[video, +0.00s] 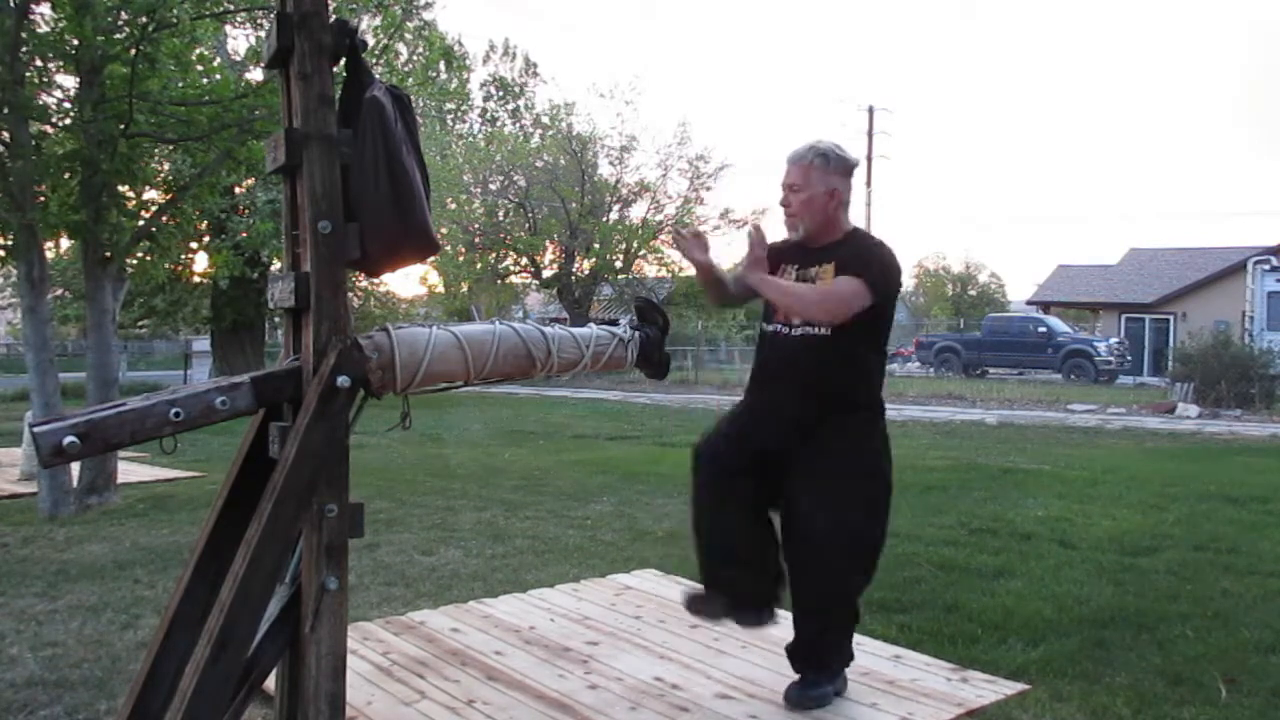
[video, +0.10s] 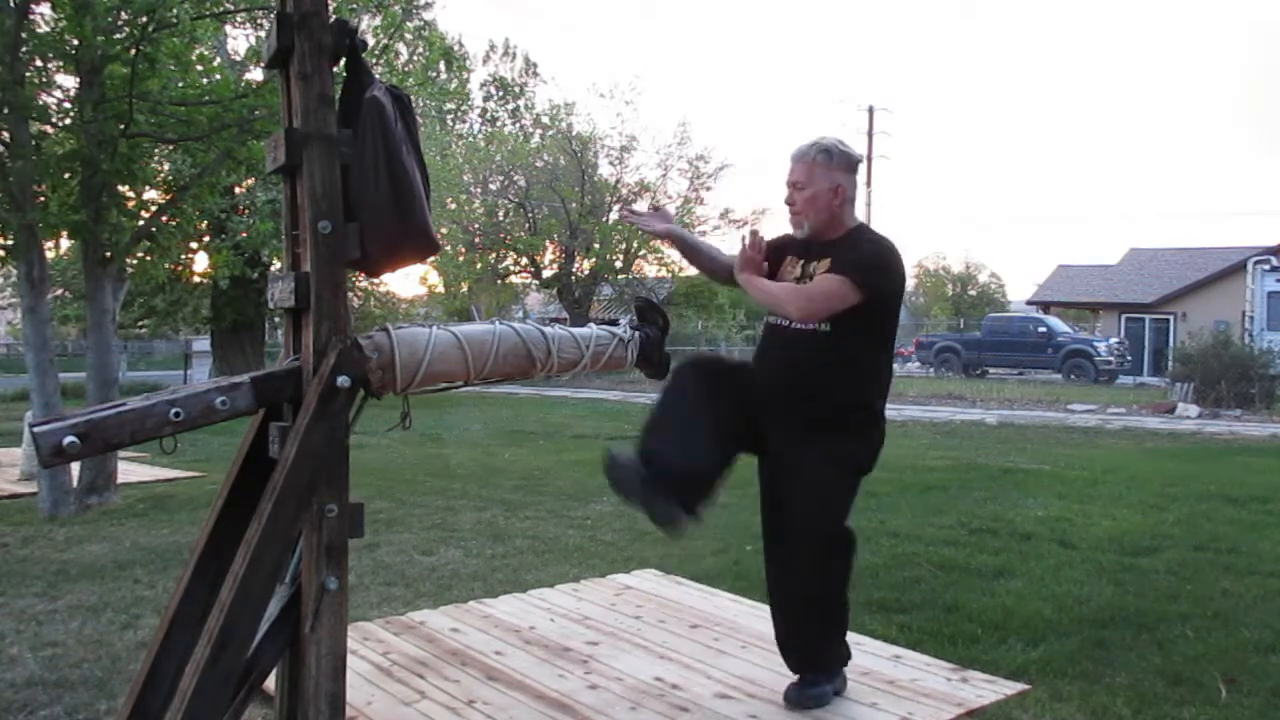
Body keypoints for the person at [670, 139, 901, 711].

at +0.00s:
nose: (786, 202)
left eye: (797, 192)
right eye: (784, 192)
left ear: (836, 196)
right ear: (786, 194)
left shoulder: (872, 258)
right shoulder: (781, 255)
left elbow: (825, 307)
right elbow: (728, 295)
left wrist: (760, 278)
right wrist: (706, 267)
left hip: (840, 431)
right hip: (769, 418)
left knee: (827, 547)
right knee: (717, 463)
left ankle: (823, 667)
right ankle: (745, 593)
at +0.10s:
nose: (789, 199)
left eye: (800, 190)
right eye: (789, 189)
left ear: (840, 194)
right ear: (797, 192)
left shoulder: (873, 257)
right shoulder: (789, 250)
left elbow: (805, 305)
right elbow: (730, 267)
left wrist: (748, 278)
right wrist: (674, 233)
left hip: (829, 425)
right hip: (768, 405)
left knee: (807, 544)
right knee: (702, 379)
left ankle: (822, 667)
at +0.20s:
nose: (791, 199)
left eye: (803, 189)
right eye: (791, 188)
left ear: (842, 191)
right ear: (813, 191)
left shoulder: (873, 255)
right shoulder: (790, 248)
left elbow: (802, 304)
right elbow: (724, 256)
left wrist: (750, 279)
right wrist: (662, 230)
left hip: (824, 421)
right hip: (768, 393)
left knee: (804, 538)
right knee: (702, 348)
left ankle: (823, 664)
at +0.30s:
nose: (796, 201)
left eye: (807, 190)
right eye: (794, 191)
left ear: (847, 192)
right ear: (802, 193)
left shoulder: (875, 255)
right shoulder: (797, 247)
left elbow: (798, 303)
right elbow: (727, 248)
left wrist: (751, 276)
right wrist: (654, 231)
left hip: (821, 421)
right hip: (763, 385)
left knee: (804, 540)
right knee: (670, 358)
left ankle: (822, 666)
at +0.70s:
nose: (800, 199)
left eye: (812, 189)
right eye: (800, 188)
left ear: (852, 192)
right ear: (812, 190)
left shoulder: (879, 254)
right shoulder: (806, 252)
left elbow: (803, 302)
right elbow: (735, 255)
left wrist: (751, 278)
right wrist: (668, 232)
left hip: (829, 425)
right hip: (776, 397)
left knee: (808, 540)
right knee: (699, 362)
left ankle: (823, 666)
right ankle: (582, 404)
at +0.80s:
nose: (800, 198)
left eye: (811, 187)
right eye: (799, 186)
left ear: (851, 189)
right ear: (826, 190)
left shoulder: (879, 253)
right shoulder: (805, 251)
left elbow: (804, 302)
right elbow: (739, 264)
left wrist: (749, 277)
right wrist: (677, 235)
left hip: (829, 423)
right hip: (776, 394)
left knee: (805, 539)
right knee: (704, 356)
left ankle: (823, 665)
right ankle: (629, 450)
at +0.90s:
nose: (796, 197)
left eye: (808, 186)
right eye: (795, 186)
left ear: (848, 189)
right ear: (822, 190)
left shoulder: (876, 254)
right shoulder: (800, 255)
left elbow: (818, 313)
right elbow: (752, 297)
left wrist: (745, 290)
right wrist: (715, 274)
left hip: (829, 426)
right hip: (775, 401)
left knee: (802, 539)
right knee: (698, 384)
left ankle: (823, 664)